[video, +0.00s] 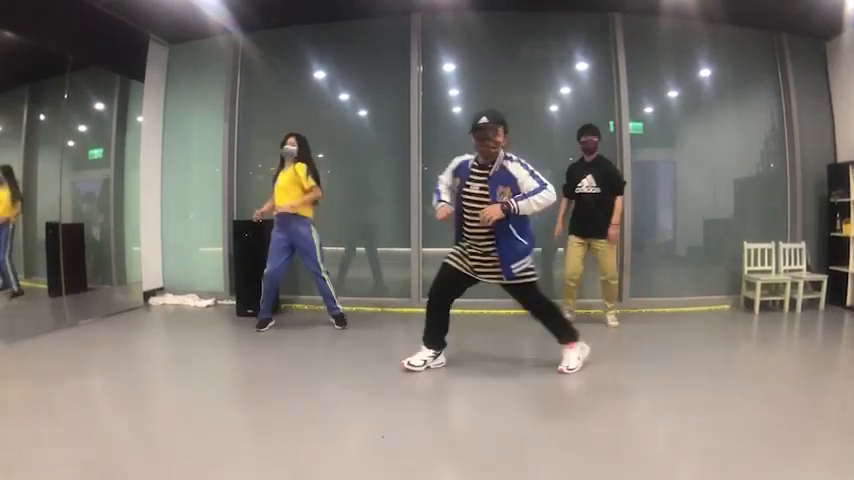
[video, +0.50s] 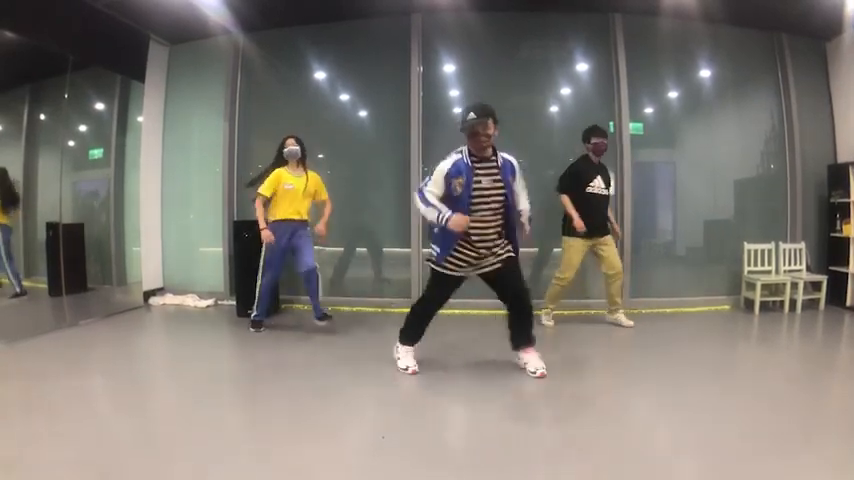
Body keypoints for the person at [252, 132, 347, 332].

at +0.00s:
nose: (289, 148)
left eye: (293, 145)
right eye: (286, 144)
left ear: (300, 149)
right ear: (282, 148)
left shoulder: (301, 167)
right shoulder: (281, 172)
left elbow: (316, 192)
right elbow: (277, 197)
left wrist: (294, 204)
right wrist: (264, 209)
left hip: (301, 221)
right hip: (281, 221)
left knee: (318, 269)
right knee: (271, 271)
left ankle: (337, 313)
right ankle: (265, 316)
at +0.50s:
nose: (291, 148)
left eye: (295, 145)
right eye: (287, 146)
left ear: (302, 150)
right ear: (282, 152)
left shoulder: (313, 177)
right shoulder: (277, 175)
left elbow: (327, 203)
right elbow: (259, 201)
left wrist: (323, 222)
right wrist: (263, 228)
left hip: (301, 226)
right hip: (278, 225)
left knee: (310, 268)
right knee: (269, 273)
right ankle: (258, 316)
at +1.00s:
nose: (299, 142)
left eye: (304, 140)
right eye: (297, 138)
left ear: (311, 147)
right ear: (292, 144)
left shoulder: (310, 171)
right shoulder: (287, 170)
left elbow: (306, 202)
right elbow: (287, 198)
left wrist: (281, 208)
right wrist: (283, 220)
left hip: (307, 225)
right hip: (288, 223)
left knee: (315, 275)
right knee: (263, 260)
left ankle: (332, 322)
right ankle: (276, 308)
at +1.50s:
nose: (261, 142)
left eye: (265, 139)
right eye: (257, 139)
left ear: (272, 145)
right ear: (251, 146)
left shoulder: (283, 172)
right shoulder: (245, 173)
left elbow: (295, 203)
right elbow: (236, 202)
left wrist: (301, 232)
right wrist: (237, 230)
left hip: (279, 225)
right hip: (254, 225)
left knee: (285, 273)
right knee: (251, 276)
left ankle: (283, 320)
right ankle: (245, 323)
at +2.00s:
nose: (281, 144)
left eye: (286, 141)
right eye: (278, 140)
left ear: (294, 148)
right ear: (272, 146)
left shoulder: (297, 176)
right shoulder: (260, 170)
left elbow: (302, 212)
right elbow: (251, 202)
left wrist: (269, 221)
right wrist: (243, 234)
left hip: (279, 234)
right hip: (254, 232)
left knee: (287, 283)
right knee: (241, 280)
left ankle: (297, 333)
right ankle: (252, 325)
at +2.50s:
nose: (233, 147)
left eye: (239, 144)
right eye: (232, 143)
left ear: (247, 150)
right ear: (228, 148)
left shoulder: (252, 171)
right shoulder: (225, 178)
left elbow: (273, 197)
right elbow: (225, 207)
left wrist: (250, 213)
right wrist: (215, 217)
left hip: (249, 231)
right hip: (228, 230)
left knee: (263, 285)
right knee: (216, 284)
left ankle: (288, 334)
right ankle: (222, 336)